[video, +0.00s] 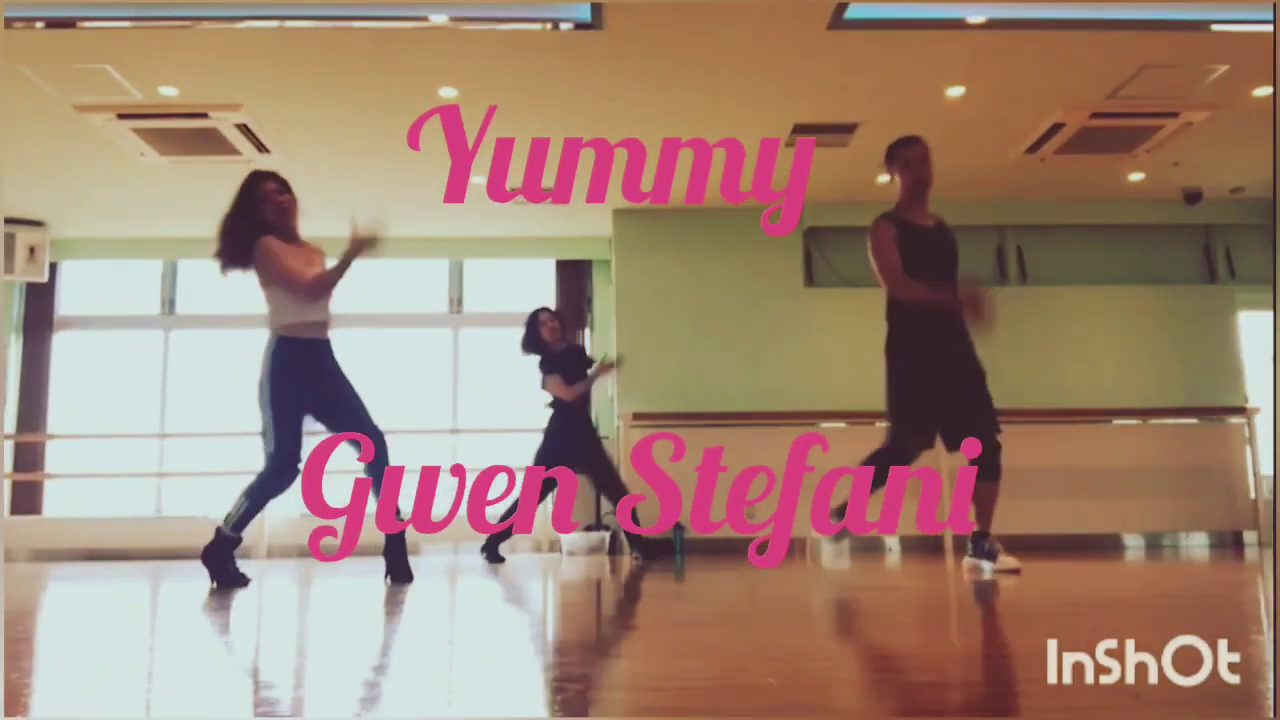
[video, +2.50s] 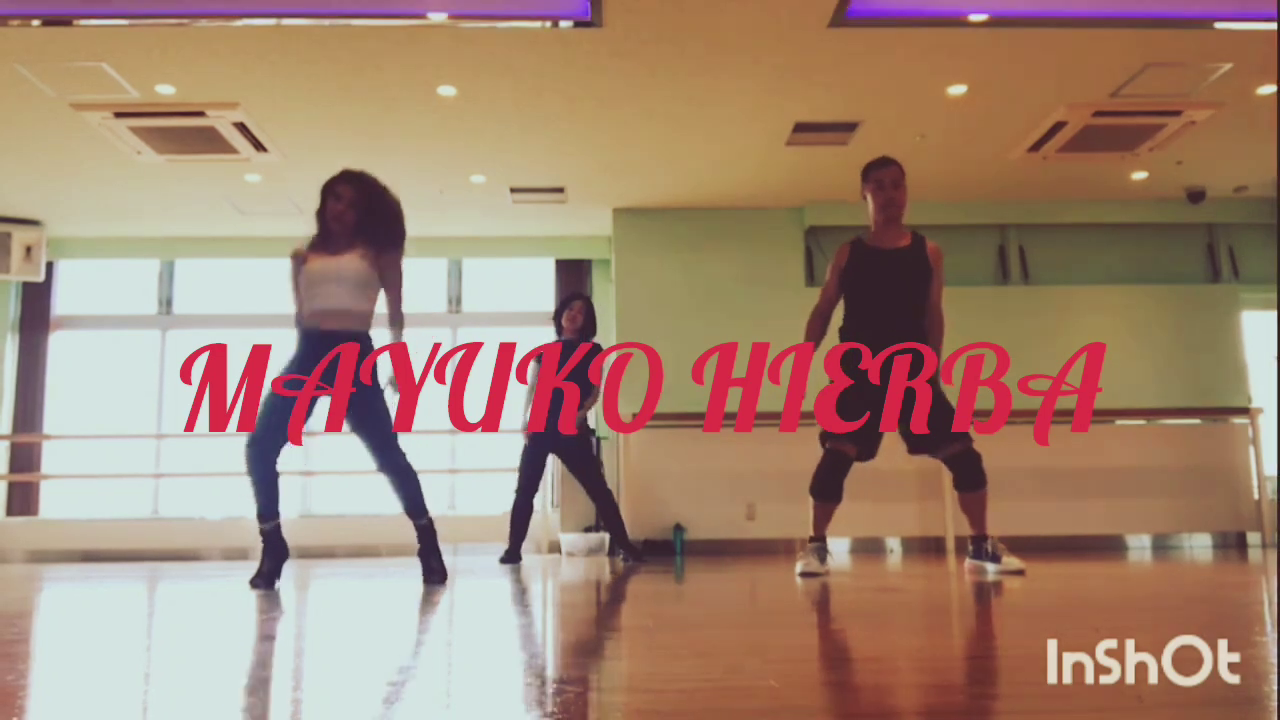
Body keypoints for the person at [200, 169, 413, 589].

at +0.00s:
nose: (282, 198)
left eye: (284, 191)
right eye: (270, 196)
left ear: (294, 198)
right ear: (256, 210)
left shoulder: (310, 250)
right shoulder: (266, 248)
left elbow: (311, 303)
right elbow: (310, 289)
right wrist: (351, 254)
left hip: (320, 362)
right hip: (287, 363)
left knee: (373, 445)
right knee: (282, 468)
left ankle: (395, 545)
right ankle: (221, 546)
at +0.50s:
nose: (337, 191)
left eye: (337, 182)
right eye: (324, 191)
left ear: (349, 186)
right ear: (315, 208)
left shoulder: (393, 226)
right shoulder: (320, 242)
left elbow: (421, 275)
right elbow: (325, 270)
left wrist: (456, 259)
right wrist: (342, 236)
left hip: (400, 337)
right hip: (356, 341)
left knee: (402, 443)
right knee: (329, 435)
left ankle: (417, 531)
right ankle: (341, 514)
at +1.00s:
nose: (352, 238)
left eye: (363, 237)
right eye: (352, 231)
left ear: (375, 256)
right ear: (339, 237)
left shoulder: (378, 296)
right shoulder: (303, 290)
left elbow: (410, 342)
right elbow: (294, 349)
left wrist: (385, 379)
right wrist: (282, 403)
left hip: (370, 404)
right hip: (321, 407)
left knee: (423, 460)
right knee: (259, 465)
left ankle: (433, 550)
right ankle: (274, 548)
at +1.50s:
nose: (353, 193)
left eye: (364, 191)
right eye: (349, 184)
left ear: (376, 202)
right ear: (335, 188)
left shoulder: (384, 239)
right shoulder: (303, 236)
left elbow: (412, 289)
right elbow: (288, 301)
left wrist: (384, 324)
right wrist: (285, 354)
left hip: (363, 336)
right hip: (312, 336)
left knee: (395, 442)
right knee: (285, 444)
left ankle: (423, 542)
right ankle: (273, 543)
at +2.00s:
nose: (344, 237)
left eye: (355, 234)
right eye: (339, 229)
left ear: (366, 246)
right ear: (325, 235)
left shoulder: (373, 287)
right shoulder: (295, 293)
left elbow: (425, 317)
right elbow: (293, 356)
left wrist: (395, 350)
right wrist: (294, 411)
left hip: (380, 399)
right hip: (331, 408)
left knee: (429, 467)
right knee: (249, 463)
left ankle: (429, 549)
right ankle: (269, 549)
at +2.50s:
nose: (339, 209)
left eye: (350, 203)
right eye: (334, 199)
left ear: (364, 212)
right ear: (323, 204)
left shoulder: (380, 255)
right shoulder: (304, 256)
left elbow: (395, 313)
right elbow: (303, 314)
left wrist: (398, 363)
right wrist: (305, 358)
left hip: (354, 360)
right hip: (308, 358)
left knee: (387, 453)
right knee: (260, 447)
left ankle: (428, 543)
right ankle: (272, 543)